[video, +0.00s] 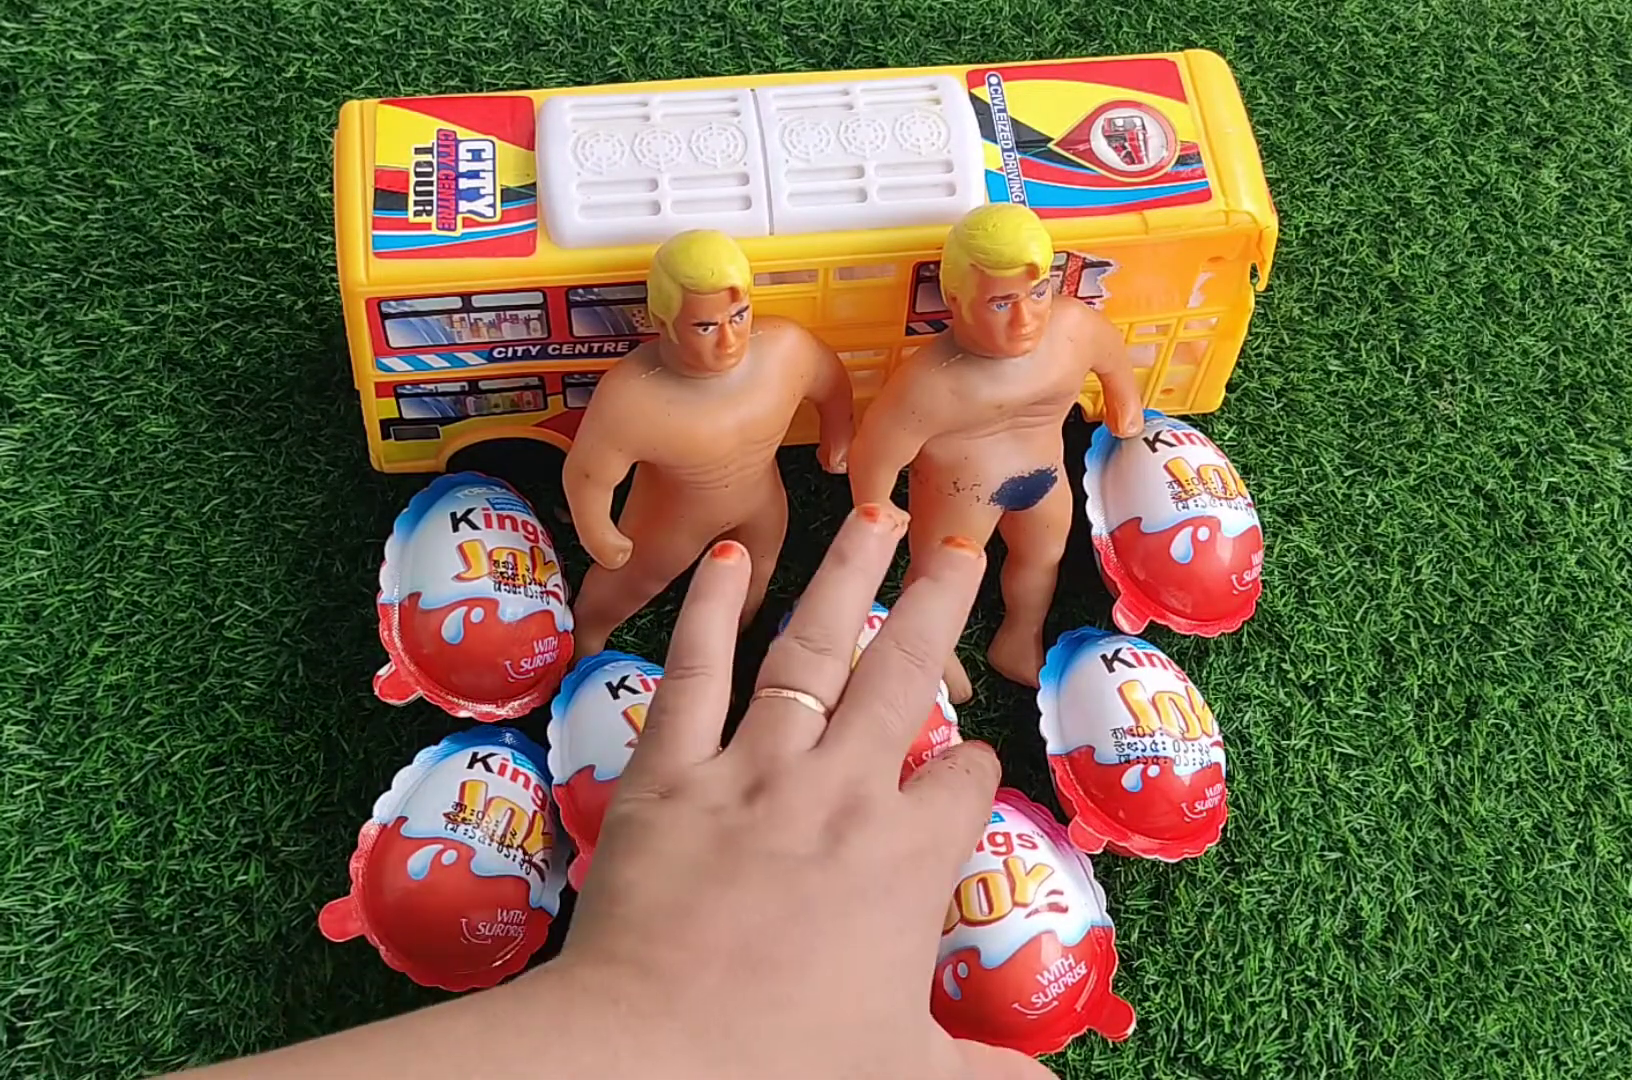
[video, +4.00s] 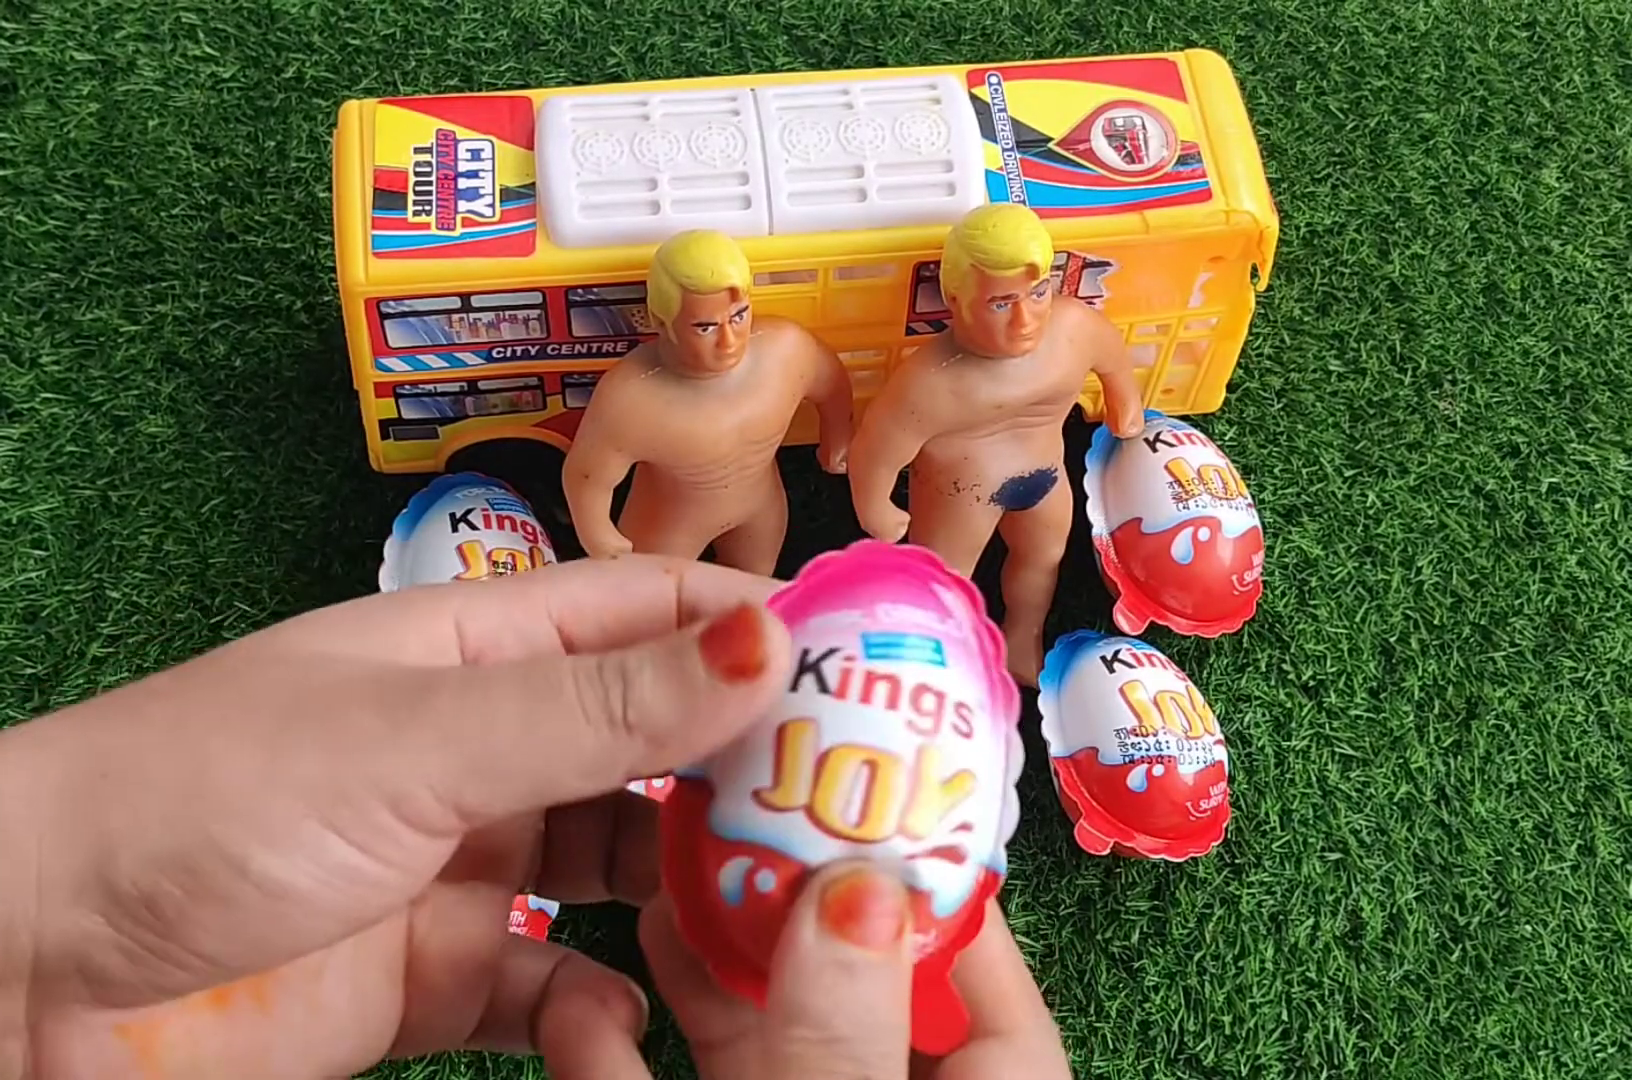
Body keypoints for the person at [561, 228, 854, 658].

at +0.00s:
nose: (729, 338)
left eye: (739, 316)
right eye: (705, 326)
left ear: (750, 303)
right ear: (663, 325)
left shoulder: (789, 350)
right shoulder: (630, 395)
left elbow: (835, 390)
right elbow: (587, 476)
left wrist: (837, 442)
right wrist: (603, 542)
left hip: (761, 503)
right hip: (671, 518)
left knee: (752, 589)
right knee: (627, 590)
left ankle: (730, 643)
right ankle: (587, 637)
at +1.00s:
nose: (729, 339)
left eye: (739, 316)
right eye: (705, 326)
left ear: (751, 303)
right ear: (663, 325)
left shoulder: (789, 350)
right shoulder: (627, 396)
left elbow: (834, 388)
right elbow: (579, 485)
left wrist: (837, 437)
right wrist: (599, 538)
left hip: (758, 501)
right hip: (669, 522)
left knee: (749, 576)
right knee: (629, 589)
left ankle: (718, 651)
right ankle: (585, 642)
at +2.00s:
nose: (728, 340)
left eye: (739, 316)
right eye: (705, 326)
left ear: (750, 301)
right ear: (663, 323)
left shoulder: (788, 350)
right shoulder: (629, 397)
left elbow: (833, 387)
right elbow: (586, 477)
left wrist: (836, 440)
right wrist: (598, 537)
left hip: (758, 500)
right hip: (671, 515)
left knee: (753, 585)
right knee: (627, 590)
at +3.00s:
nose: (728, 340)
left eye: (739, 316)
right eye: (705, 327)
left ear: (750, 302)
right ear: (664, 327)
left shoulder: (786, 350)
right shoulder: (627, 399)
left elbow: (833, 390)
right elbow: (585, 480)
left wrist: (834, 447)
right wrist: (605, 558)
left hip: (757, 514)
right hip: (668, 528)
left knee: (760, 614)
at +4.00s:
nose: (728, 339)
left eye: (738, 316)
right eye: (705, 326)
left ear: (749, 303)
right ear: (661, 325)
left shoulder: (788, 350)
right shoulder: (628, 399)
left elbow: (833, 388)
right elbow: (585, 479)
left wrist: (836, 444)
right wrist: (600, 541)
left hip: (758, 506)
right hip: (670, 519)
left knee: (754, 597)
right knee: (648, 613)